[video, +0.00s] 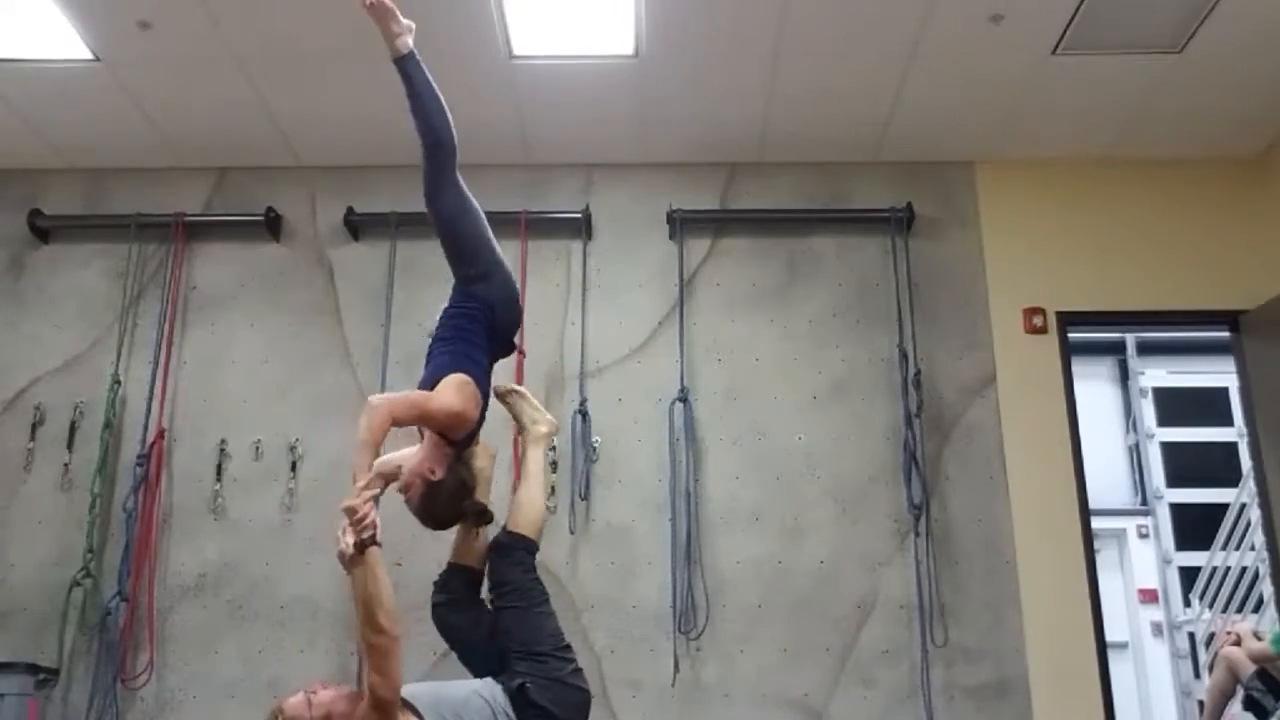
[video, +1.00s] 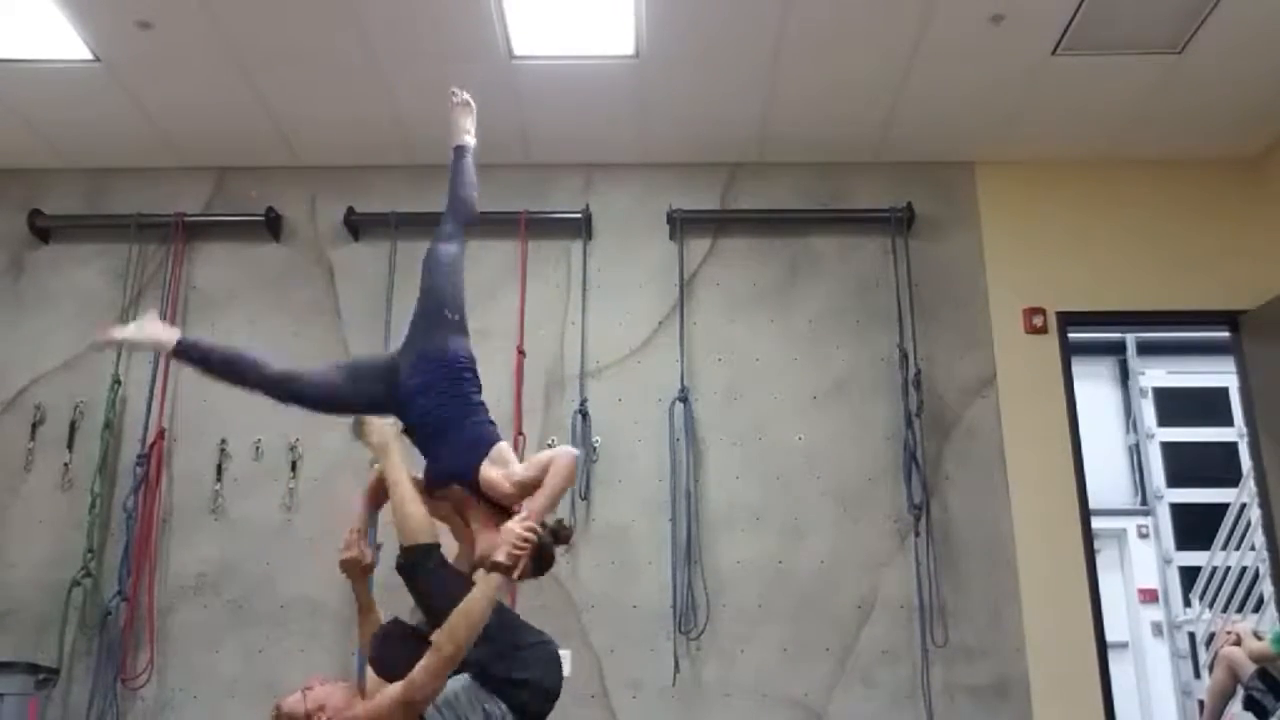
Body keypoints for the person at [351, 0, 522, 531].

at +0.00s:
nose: (405, 483)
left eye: (407, 490)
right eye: (413, 486)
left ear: (431, 472)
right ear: (435, 471)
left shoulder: (459, 434)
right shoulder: (449, 414)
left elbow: (393, 465)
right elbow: (377, 410)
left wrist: (366, 505)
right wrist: (360, 488)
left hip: (499, 325)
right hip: (491, 298)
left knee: (444, 176)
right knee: (442, 167)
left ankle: (406, 47)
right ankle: (402, 45)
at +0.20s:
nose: (419, 467)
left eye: (421, 477)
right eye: (431, 470)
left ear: (446, 445)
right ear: (455, 452)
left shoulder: (459, 409)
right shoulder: (469, 400)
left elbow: (397, 447)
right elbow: (407, 414)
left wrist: (371, 509)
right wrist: (384, 483)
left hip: (496, 307)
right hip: (496, 281)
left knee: (460, 290)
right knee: (463, 160)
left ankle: (438, 290)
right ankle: (436, 24)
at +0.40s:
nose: (424, 478)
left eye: (425, 488)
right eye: (434, 483)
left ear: (444, 470)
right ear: (458, 472)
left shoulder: (428, 426)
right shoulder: (472, 399)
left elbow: (384, 465)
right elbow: (415, 413)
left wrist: (358, 525)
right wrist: (393, 483)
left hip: (480, 307)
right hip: (496, 285)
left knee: (451, 285)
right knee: (458, 156)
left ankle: (427, 268)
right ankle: (429, 23)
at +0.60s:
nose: (428, 489)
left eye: (428, 497)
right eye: (436, 495)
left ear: (441, 483)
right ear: (452, 485)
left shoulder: (418, 439)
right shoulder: (469, 427)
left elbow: (363, 464)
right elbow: (425, 420)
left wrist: (343, 519)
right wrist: (395, 496)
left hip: (470, 321)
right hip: (495, 305)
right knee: (423, 173)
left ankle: (452, 201)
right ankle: (355, 63)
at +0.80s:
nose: (431, 518)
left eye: (433, 528)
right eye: (440, 524)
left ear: (451, 510)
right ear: (461, 506)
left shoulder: (423, 455)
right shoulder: (472, 457)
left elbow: (373, 460)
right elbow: (440, 425)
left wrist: (342, 520)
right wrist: (413, 500)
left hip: (429, 341)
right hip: (467, 330)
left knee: (355, 263)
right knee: (464, 192)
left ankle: (300, 181)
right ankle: (462, 74)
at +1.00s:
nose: (519, 471)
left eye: (514, 487)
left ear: (498, 518)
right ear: (528, 522)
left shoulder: (460, 510)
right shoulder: (507, 467)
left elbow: (386, 479)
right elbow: (563, 464)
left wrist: (363, 528)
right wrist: (521, 523)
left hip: (398, 390)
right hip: (442, 348)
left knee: (281, 384)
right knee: (454, 231)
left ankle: (169, 341)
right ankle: (465, 140)